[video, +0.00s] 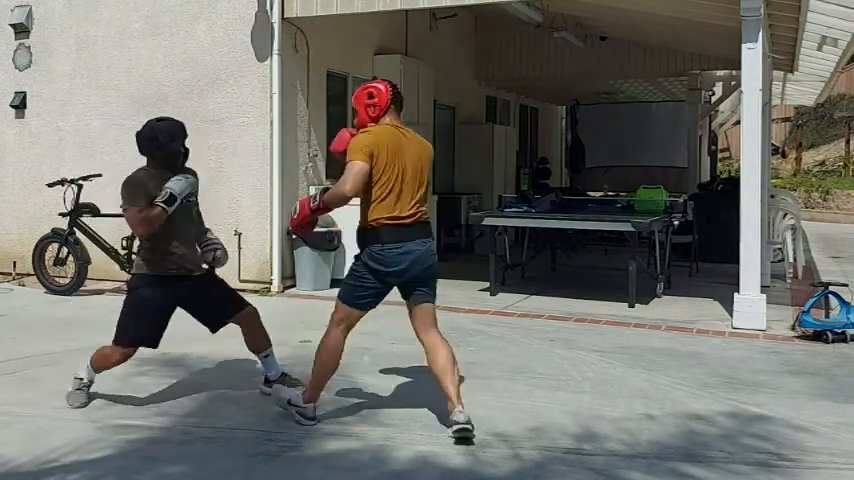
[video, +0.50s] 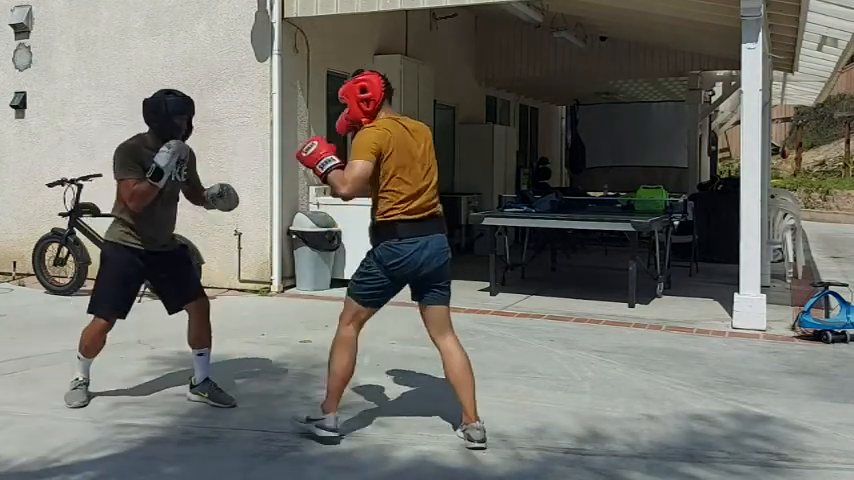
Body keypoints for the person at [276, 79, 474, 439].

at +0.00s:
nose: (358, 115)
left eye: (360, 108)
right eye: (358, 107)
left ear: (373, 105)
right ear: (396, 107)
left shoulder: (366, 139)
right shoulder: (423, 145)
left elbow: (349, 189)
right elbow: (396, 176)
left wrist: (315, 206)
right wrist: (358, 148)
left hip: (381, 250)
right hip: (421, 248)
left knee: (339, 325)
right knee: (430, 331)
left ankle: (309, 399)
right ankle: (457, 410)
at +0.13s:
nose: (360, 104)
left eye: (360, 99)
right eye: (359, 98)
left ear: (371, 95)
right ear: (394, 92)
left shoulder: (373, 122)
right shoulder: (431, 121)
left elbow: (374, 175)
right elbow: (416, 157)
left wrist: (351, 207)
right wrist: (368, 127)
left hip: (401, 231)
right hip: (442, 226)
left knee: (371, 312)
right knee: (446, 316)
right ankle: (463, 404)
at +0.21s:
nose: (361, 105)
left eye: (361, 99)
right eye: (360, 98)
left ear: (374, 97)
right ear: (397, 94)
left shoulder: (376, 126)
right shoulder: (434, 122)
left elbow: (375, 178)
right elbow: (408, 142)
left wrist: (347, 204)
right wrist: (366, 135)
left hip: (406, 235)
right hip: (446, 230)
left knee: (382, 317)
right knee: (450, 321)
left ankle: (402, 406)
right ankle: (472, 412)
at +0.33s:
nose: (361, 114)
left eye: (363, 107)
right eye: (360, 108)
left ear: (379, 106)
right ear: (401, 103)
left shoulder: (383, 141)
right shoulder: (436, 135)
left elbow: (378, 198)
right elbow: (413, 169)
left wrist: (341, 204)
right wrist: (371, 148)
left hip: (411, 250)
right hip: (449, 243)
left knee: (373, 321)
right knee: (453, 332)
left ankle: (400, 407)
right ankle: (473, 421)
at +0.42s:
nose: (353, 110)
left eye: (355, 104)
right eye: (352, 104)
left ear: (370, 103)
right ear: (392, 100)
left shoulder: (377, 133)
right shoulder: (429, 130)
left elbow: (367, 189)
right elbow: (407, 171)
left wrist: (334, 181)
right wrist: (360, 147)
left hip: (404, 245)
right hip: (443, 240)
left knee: (355, 315)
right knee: (449, 333)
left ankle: (367, 405)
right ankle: (472, 422)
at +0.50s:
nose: (347, 112)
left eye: (348, 105)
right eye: (346, 105)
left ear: (363, 104)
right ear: (385, 101)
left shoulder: (371, 134)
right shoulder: (421, 129)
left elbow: (347, 187)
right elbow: (379, 180)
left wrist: (324, 163)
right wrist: (354, 141)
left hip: (395, 246)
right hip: (436, 242)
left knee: (349, 324)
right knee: (445, 334)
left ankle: (329, 416)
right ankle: (472, 422)